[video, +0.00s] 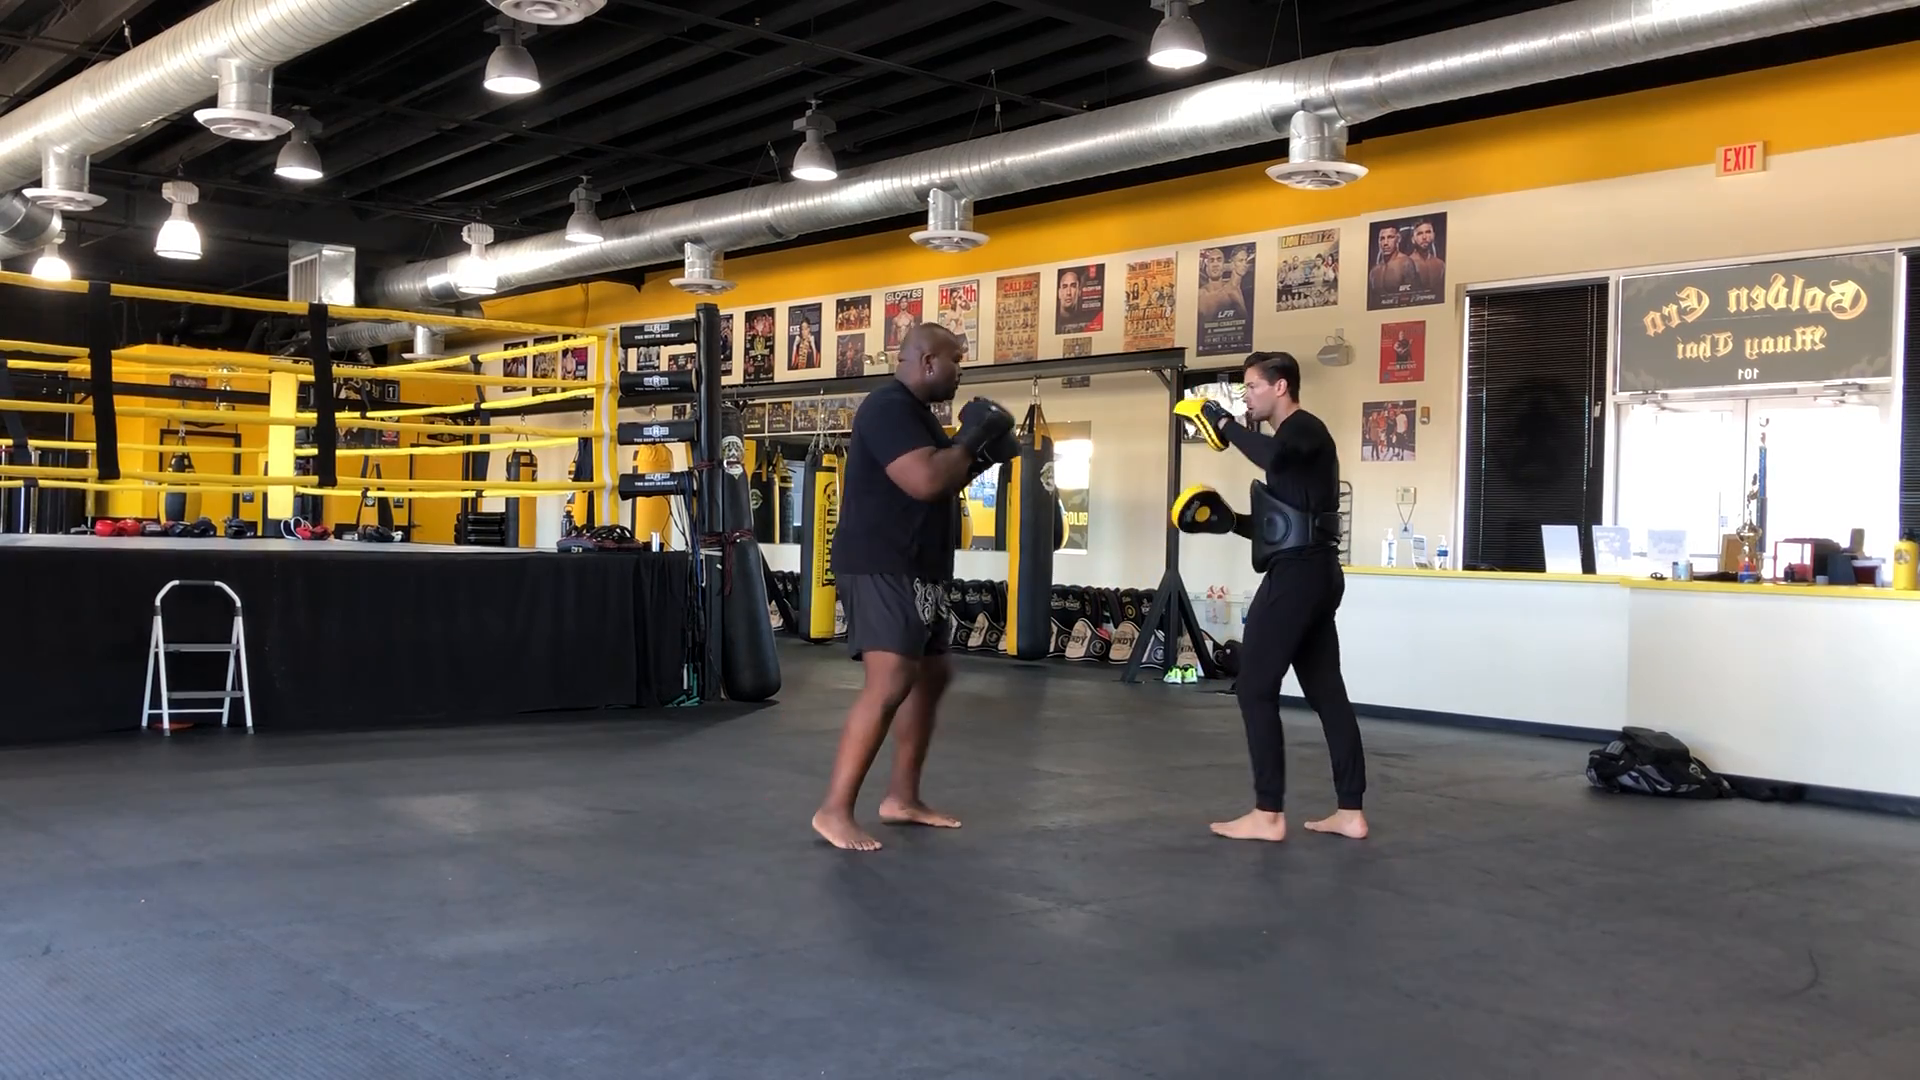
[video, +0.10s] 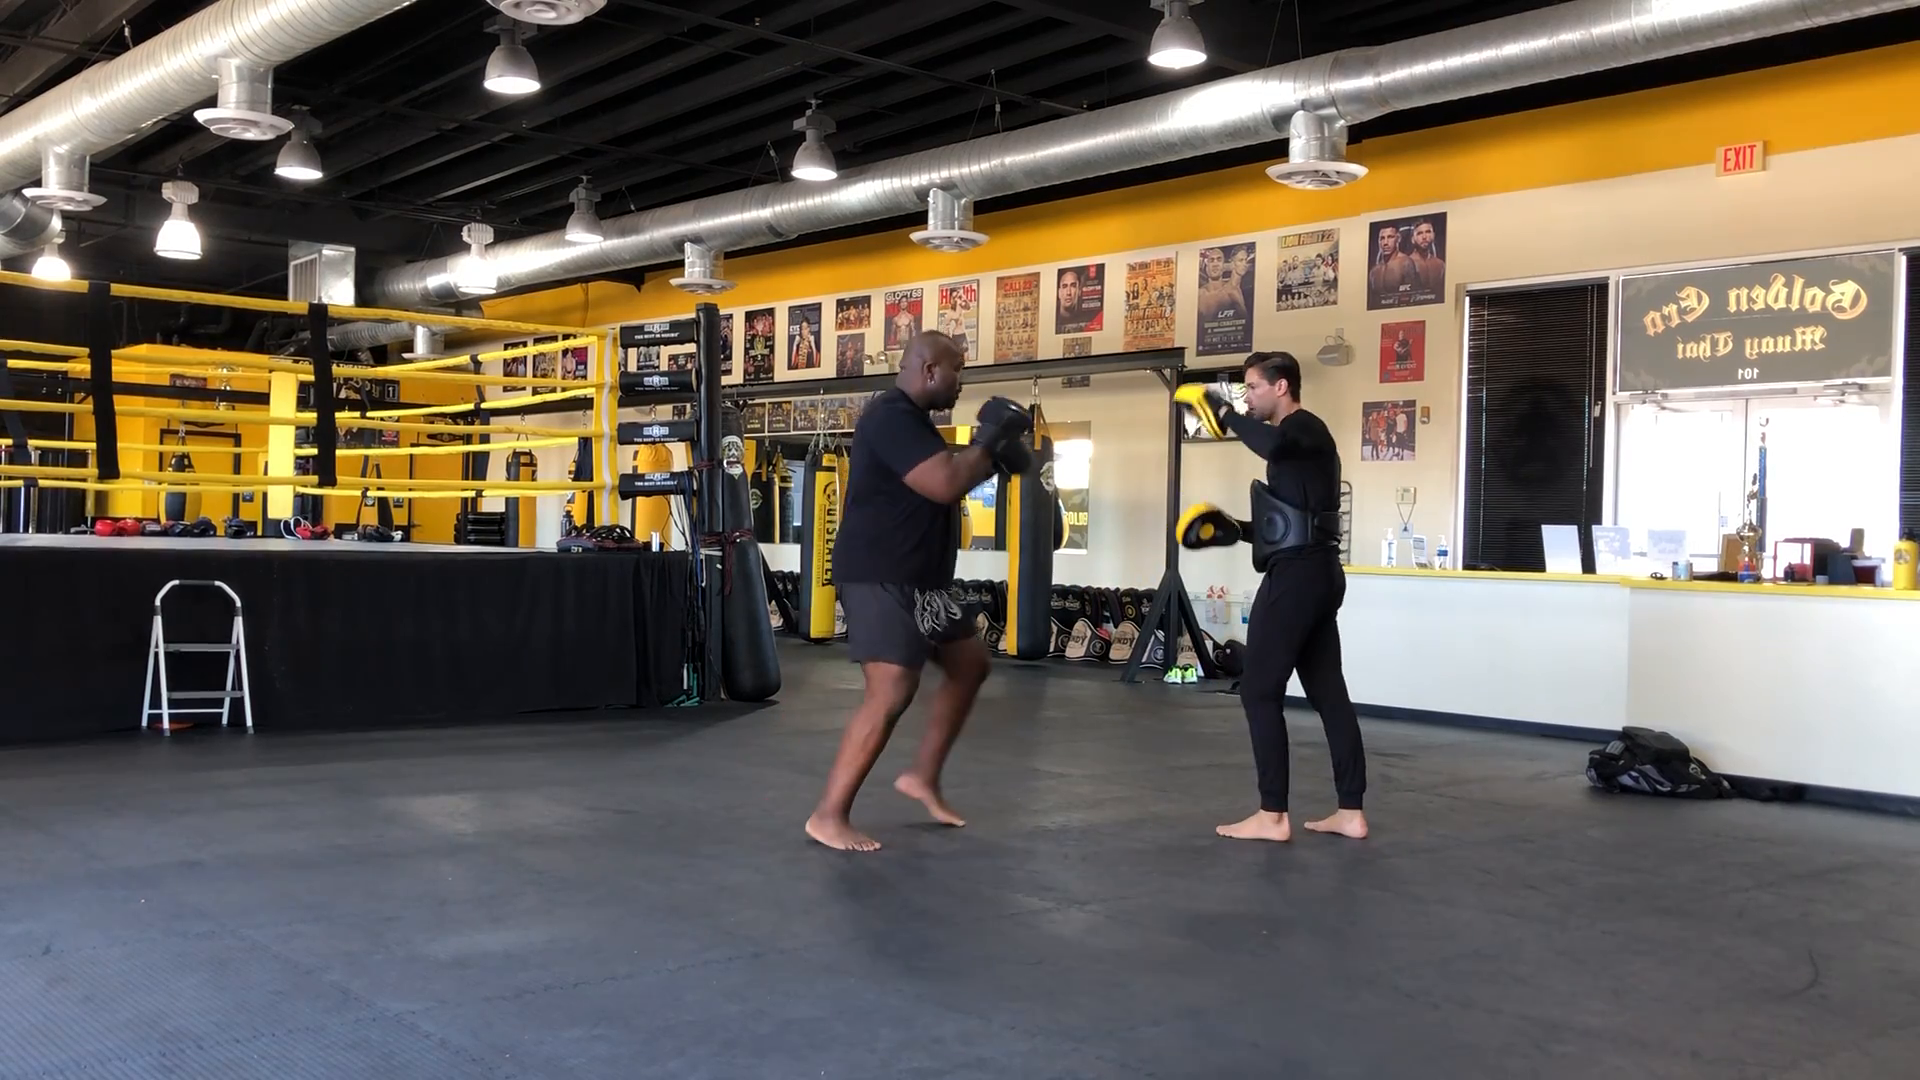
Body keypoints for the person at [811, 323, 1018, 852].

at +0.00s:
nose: (959, 375)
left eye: (960, 366)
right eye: (955, 364)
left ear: (923, 362)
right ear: (923, 360)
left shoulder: (921, 417)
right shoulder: (887, 405)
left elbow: (940, 482)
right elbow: (924, 480)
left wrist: (982, 454)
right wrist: (969, 439)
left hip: (920, 570)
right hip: (880, 568)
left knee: (932, 673)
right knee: (890, 677)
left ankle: (903, 798)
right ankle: (834, 811)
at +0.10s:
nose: (959, 387)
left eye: (961, 378)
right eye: (956, 376)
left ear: (924, 369)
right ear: (928, 370)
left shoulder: (916, 422)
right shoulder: (889, 414)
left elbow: (949, 480)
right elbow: (943, 483)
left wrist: (993, 457)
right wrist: (985, 442)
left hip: (922, 580)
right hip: (877, 579)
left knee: (970, 665)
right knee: (891, 689)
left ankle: (923, 777)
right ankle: (828, 816)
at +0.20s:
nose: (965, 391)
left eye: (966, 383)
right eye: (962, 381)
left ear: (931, 375)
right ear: (934, 375)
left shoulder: (923, 428)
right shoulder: (893, 423)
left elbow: (956, 486)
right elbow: (951, 488)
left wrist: (997, 466)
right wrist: (987, 439)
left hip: (930, 584)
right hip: (884, 586)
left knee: (985, 659)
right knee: (892, 696)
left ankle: (964, 780)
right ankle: (827, 818)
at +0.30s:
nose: (981, 385)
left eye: (982, 376)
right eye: (977, 375)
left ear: (948, 370)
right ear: (948, 370)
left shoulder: (954, 425)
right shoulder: (899, 417)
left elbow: (972, 479)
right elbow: (942, 480)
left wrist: (1013, 445)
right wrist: (985, 434)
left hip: (947, 578)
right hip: (895, 579)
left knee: (978, 674)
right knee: (884, 689)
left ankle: (978, 791)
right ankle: (829, 815)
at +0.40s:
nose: (996, 384)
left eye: (997, 376)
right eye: (991, 375)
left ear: (963, 373)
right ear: (959, 372)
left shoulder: (974, 419)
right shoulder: (909, 416)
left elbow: (1037, 440)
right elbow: (949, 467)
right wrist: (995, 422)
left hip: (959, 572)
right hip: (903, 570)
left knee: (977, 678)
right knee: (894, 678)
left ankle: (977, 796)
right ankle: (840, 811)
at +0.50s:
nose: (1006, 384)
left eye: (1007, 375)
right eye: (1001, 374)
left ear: (975, 372)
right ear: (968, 372)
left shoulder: (993, 419)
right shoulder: (919, 415)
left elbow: (1042, 456)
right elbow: (945, 473)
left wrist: (1095, 442)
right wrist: (995, 431)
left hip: (968, 574)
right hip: (911, 571)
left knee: (985, 677)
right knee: (902, 678)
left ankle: (978, 796)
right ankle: (850, 805)